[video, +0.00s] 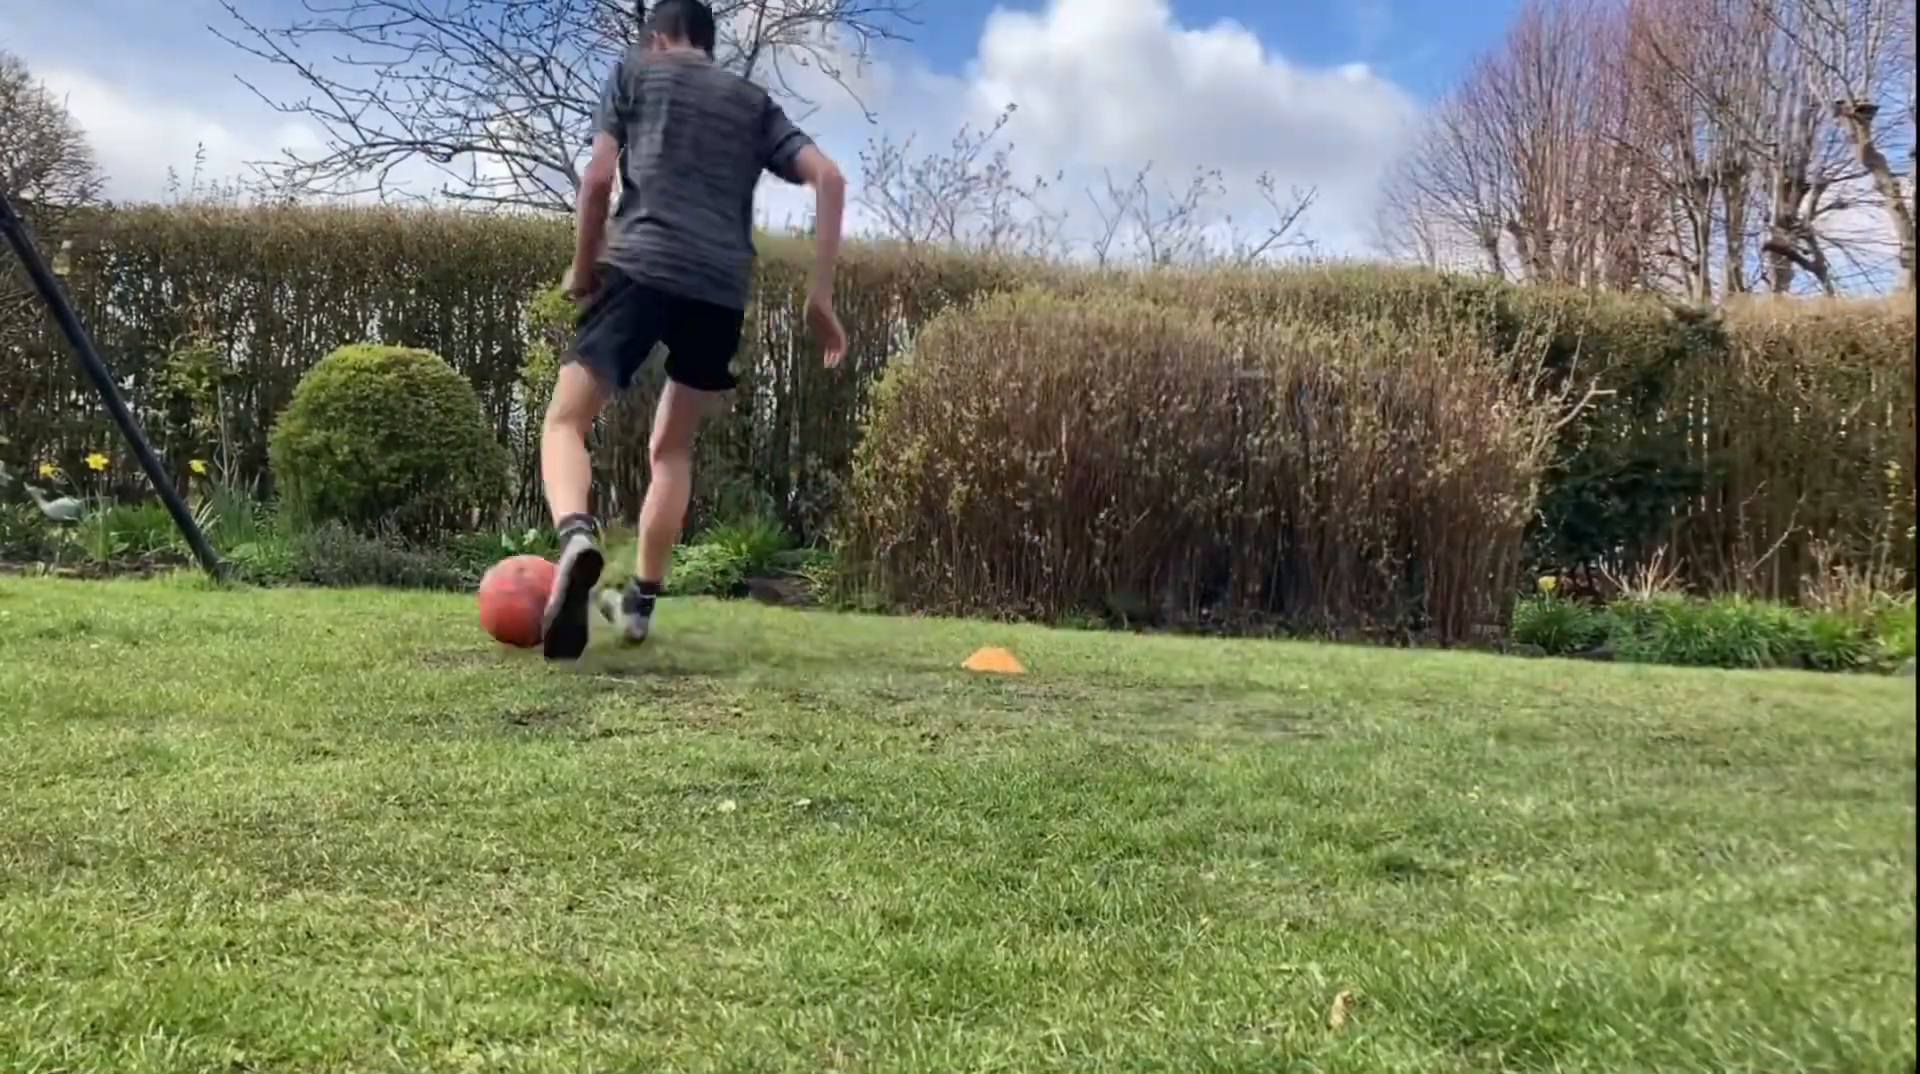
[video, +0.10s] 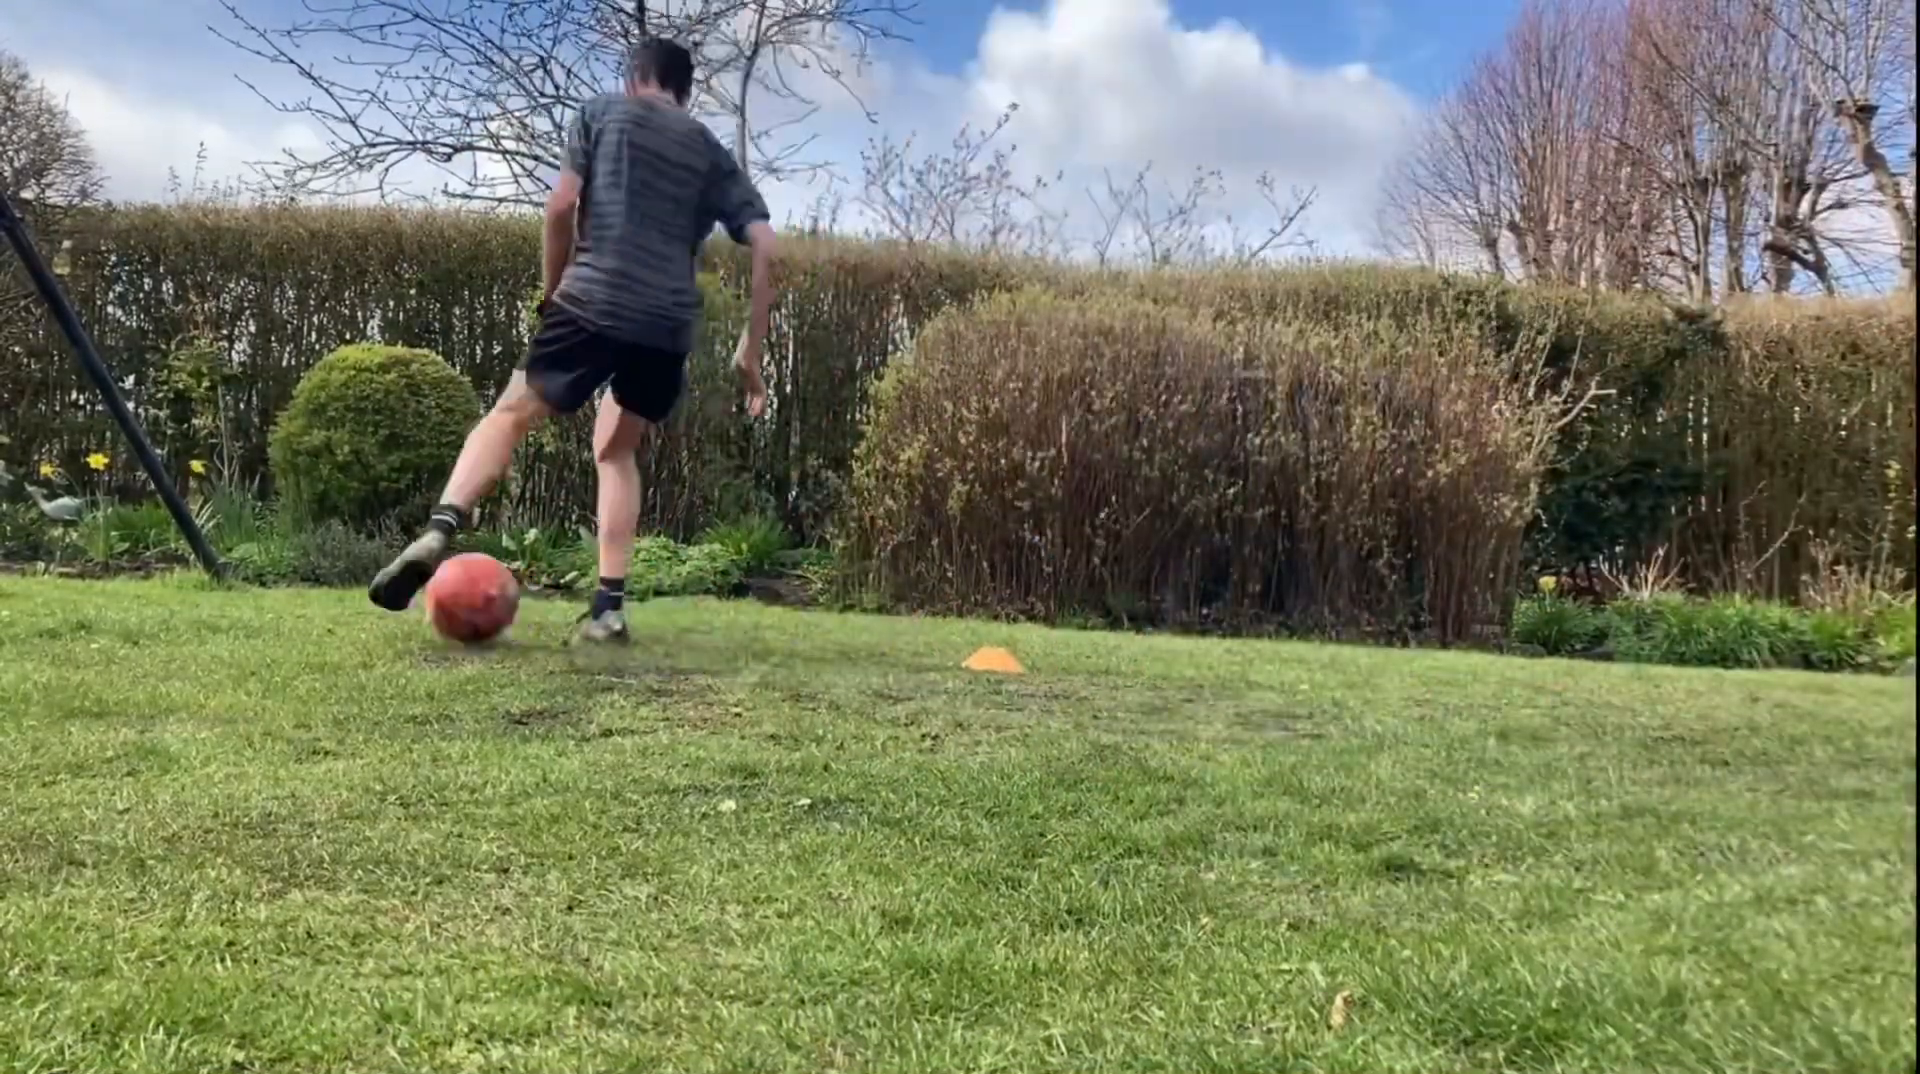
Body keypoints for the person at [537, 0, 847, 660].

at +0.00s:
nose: (646, 51)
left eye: (647, 41)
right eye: (650, 42)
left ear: (660, 36)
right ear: (711, 44)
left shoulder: (639, 69)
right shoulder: (754, 100)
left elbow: (597, 178)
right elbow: (831, 178)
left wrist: (583, 269)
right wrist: (821, 294)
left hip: (640, 272)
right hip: (721, 292)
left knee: (566, 421)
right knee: (672, 449)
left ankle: (576, 534)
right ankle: (641, 605)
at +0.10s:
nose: (627, 90)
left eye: (629, 81)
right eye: (633, 84)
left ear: (637, 80)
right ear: (687, 92)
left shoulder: (603, 112)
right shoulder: (713, 150)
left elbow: (562, 204)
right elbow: (765, 244)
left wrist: (552, 288)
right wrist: (752, 346)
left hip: (590, 305)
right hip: (667, 325)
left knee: (511, 414)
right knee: (617, 449)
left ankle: (442, 527)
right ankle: (610, 608)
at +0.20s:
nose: (663, 111)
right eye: (669, 104)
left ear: (622, 75)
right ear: (668, 98)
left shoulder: (576, 94)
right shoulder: (676, 147)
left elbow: (508, 157)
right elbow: (707, 263)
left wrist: (523, 233)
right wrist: (679, 339)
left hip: (531, 278)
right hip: (609, 306)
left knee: (480, 403)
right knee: (593, 436)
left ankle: (387, 534)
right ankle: (602, 588)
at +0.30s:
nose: (661, 131)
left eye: (662, 120)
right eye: (664, 119)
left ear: (619, 85)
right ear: (659, 106)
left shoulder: (551, 97)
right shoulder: (643, 153)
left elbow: (459, 132)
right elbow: (658, 266)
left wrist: (486, 196)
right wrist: (632, 309)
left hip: (462, 271)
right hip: (539, 292)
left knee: (489, 385)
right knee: (595, 413)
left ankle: (399, 509)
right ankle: (557, 573)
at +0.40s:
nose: (637, 162)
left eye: (647, 154)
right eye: (646, 148)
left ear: (612, 111)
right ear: (634, 118)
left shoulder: (513, 124)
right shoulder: (592, 160)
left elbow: (421, 172)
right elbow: (571, 250)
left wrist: (460, 228)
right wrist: (599, 308)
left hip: (422, 299)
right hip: (485, 311)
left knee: (458, 442)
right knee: (576, 449)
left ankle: (378, 579)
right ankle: (514, 593)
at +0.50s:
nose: (621, 175)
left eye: (629, 166)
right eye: (623, 159)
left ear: (586, 139)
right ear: (590, 136)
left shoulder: (516, 169)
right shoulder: (535, 179)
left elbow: (437, 245)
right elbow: (464, 250)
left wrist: (491, 328)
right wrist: (533, 327)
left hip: (402, 332)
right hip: (434, 337)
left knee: (469, 465)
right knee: (572, 448)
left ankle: (372, 589)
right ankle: (516, 588)